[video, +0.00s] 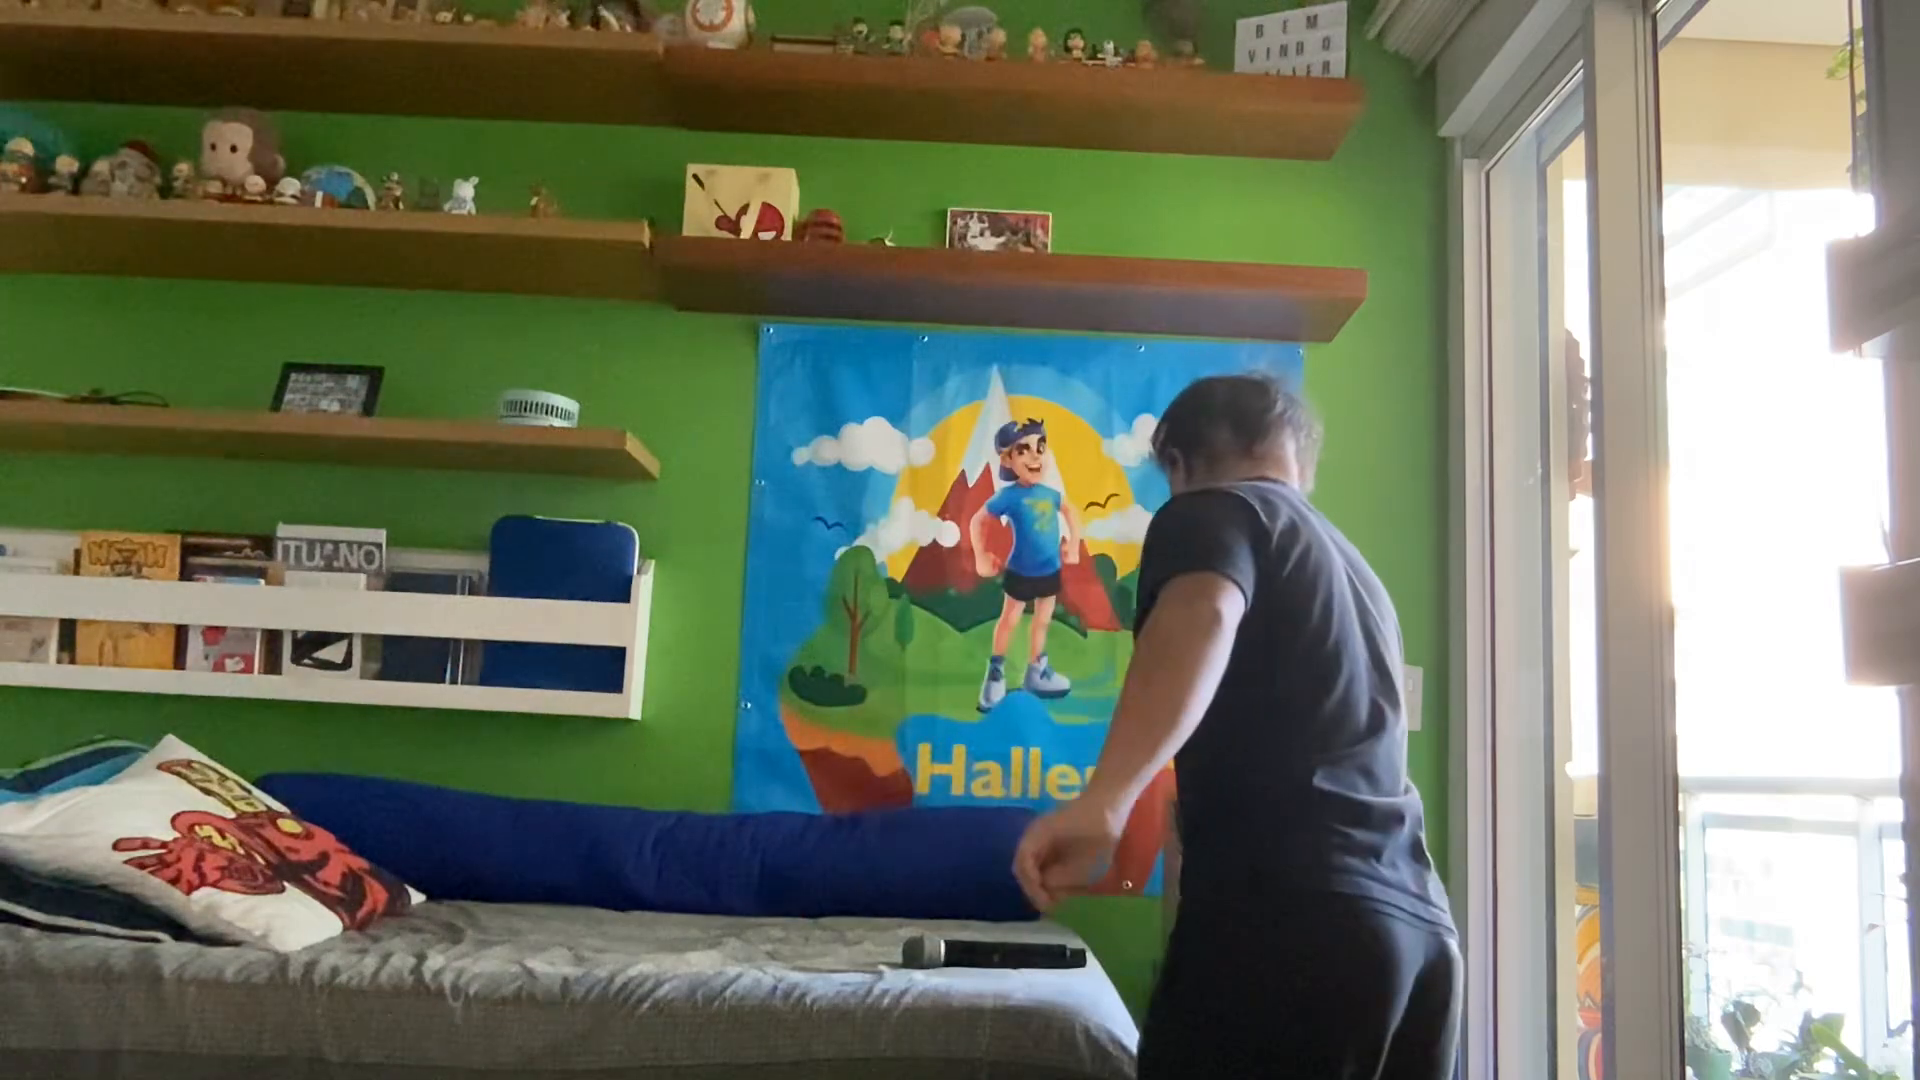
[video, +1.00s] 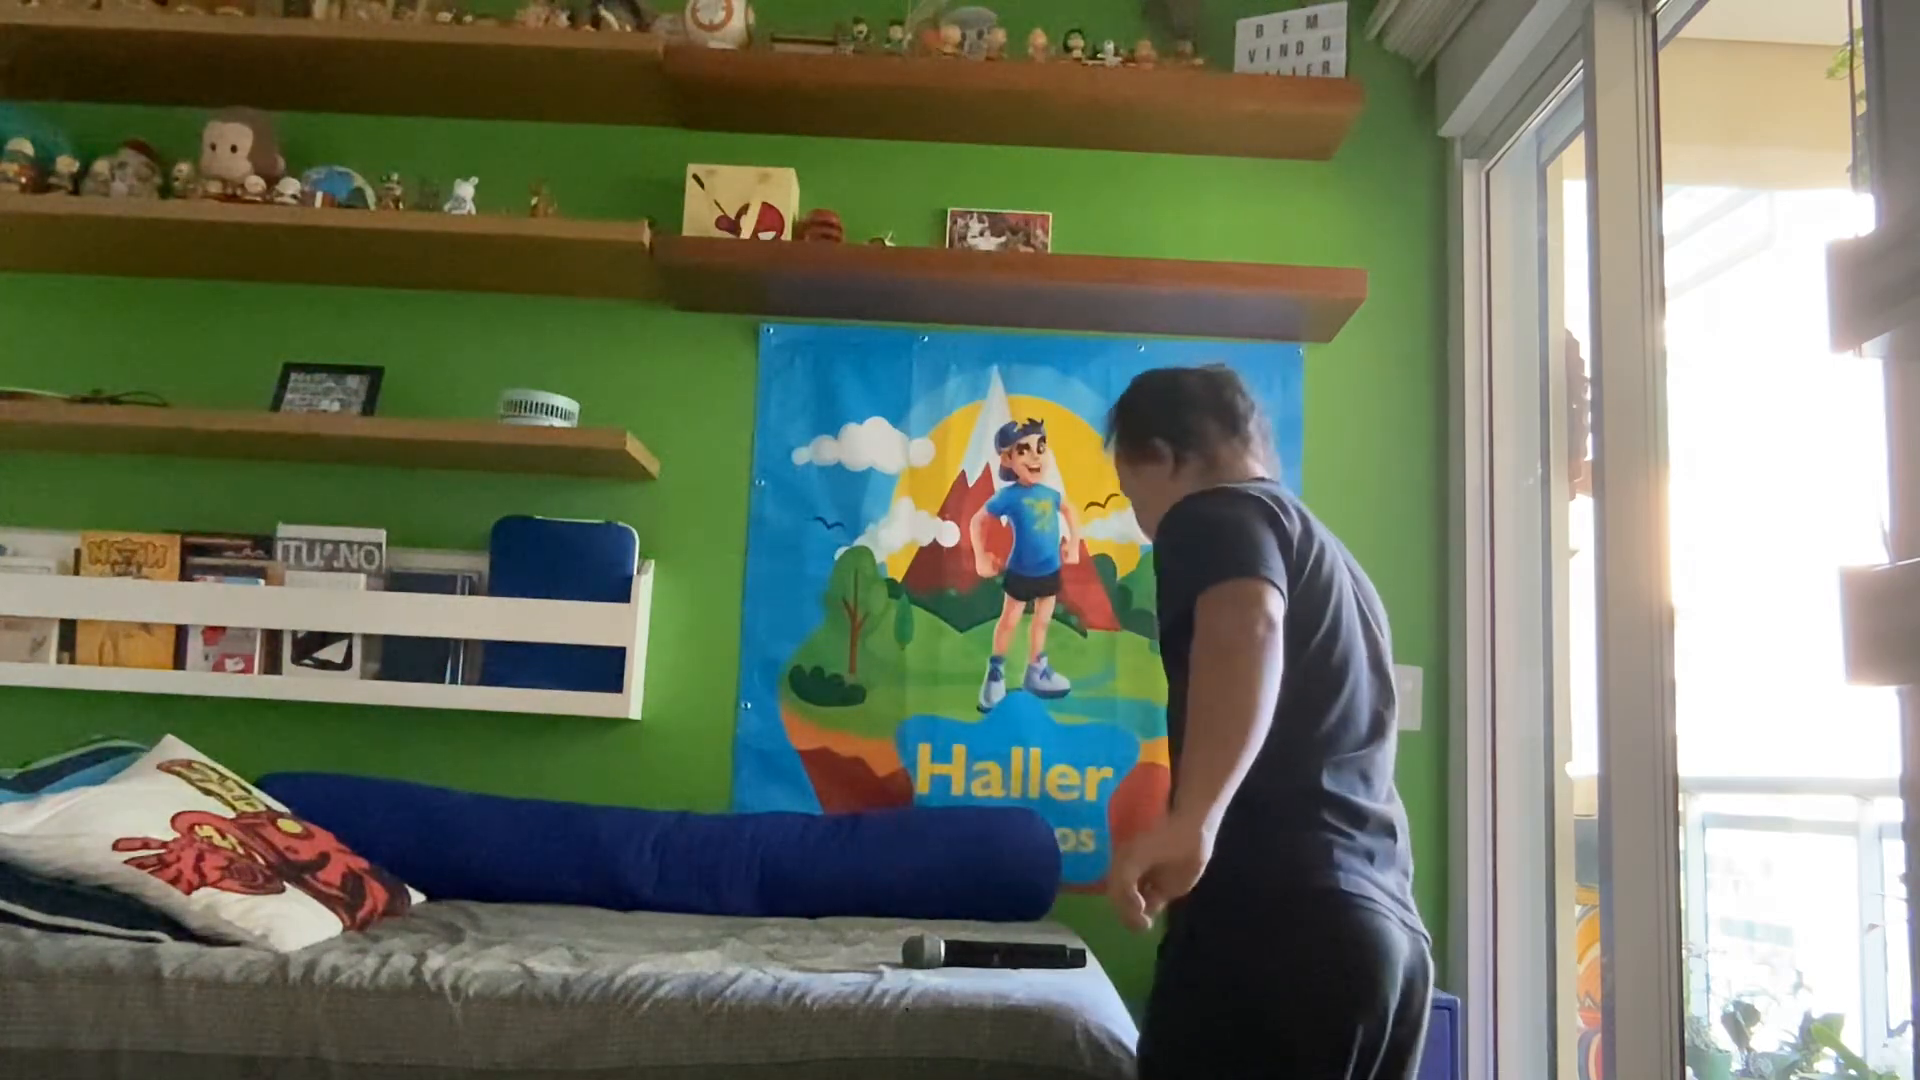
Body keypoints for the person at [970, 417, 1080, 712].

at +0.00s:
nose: (1033, 458)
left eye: (1039, 450)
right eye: (1023, 451)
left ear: (1045, 455)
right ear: (1008, 460)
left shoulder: (1051, 494)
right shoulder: (1007, 496)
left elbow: (1070, 514)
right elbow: (977, 521)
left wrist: (1074, 543)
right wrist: (980, 556)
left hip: (1049, 570)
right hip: (1020, 571)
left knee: (1043, 619)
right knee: (1010, 619)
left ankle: (1037, 669)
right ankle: (995, 672)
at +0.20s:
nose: (1033, 457)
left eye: (1039, 449)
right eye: (1023, 451)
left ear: (1045, 455)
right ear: (1008, 460)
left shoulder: (1051, 494)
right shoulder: (1008, 496)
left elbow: (1071, 514)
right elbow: (977, 521)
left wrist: (1074, 543)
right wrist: (981, 556)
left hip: (1049, 570)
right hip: (1020, 572)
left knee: (1043, 619)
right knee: (1010, 619)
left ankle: (1037, 669)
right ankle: (995, 672)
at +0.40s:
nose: (1034, 457)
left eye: (1039, 449)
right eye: (1023, 450)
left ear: (1046, 454)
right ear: (1008, 460)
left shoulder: (1051, 494)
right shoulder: (1008, 496)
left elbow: (1070, 513)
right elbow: (977, 521)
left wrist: (1074, 543)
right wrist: (981, 556)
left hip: (1049, 570)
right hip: (1020, 571)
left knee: (1043, 619)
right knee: (1010, 619)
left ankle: (1037, 669)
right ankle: (996, 672)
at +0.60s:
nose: (1034, 458)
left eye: (1039, 450)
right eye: (1023, 451)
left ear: (1046, 454)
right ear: (1008, 461)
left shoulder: (1050, 494)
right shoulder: (1007, 496)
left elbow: (1070, 513)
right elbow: (977, 520)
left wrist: (1074, 543)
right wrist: (981, 556)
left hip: (1049, 570)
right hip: (1020, 571)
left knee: (1043, 619)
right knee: (1010, 619)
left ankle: (1037, 669)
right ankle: (995, 671)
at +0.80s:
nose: (1034, 457)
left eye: (1039, 449)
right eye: (1023, 451)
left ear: (1046, 454)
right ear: (1007, 460)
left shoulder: (1050, 494)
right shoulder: (1008, 496)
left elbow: (1070, 513)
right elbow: (977, 520)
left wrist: (1074, 543)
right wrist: (981, 556)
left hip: (1049, 570)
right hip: (1020, 571)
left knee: (1043, 619)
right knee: (1010, 619)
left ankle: (1037, 669)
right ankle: (995, 671)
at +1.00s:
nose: (1034, 458)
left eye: (1039, 449)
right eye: (1024, 451)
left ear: (1046, 454)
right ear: (1007, 460)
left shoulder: (1050, 494)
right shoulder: (1007, 496)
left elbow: (1069, 512)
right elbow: (977, 520)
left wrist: (1074, 541)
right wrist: (981, 556)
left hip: (1049, 570)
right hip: (1020, 572)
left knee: (1043, 619)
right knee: (1009, 619)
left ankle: (1037, 669)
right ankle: (995, 671)